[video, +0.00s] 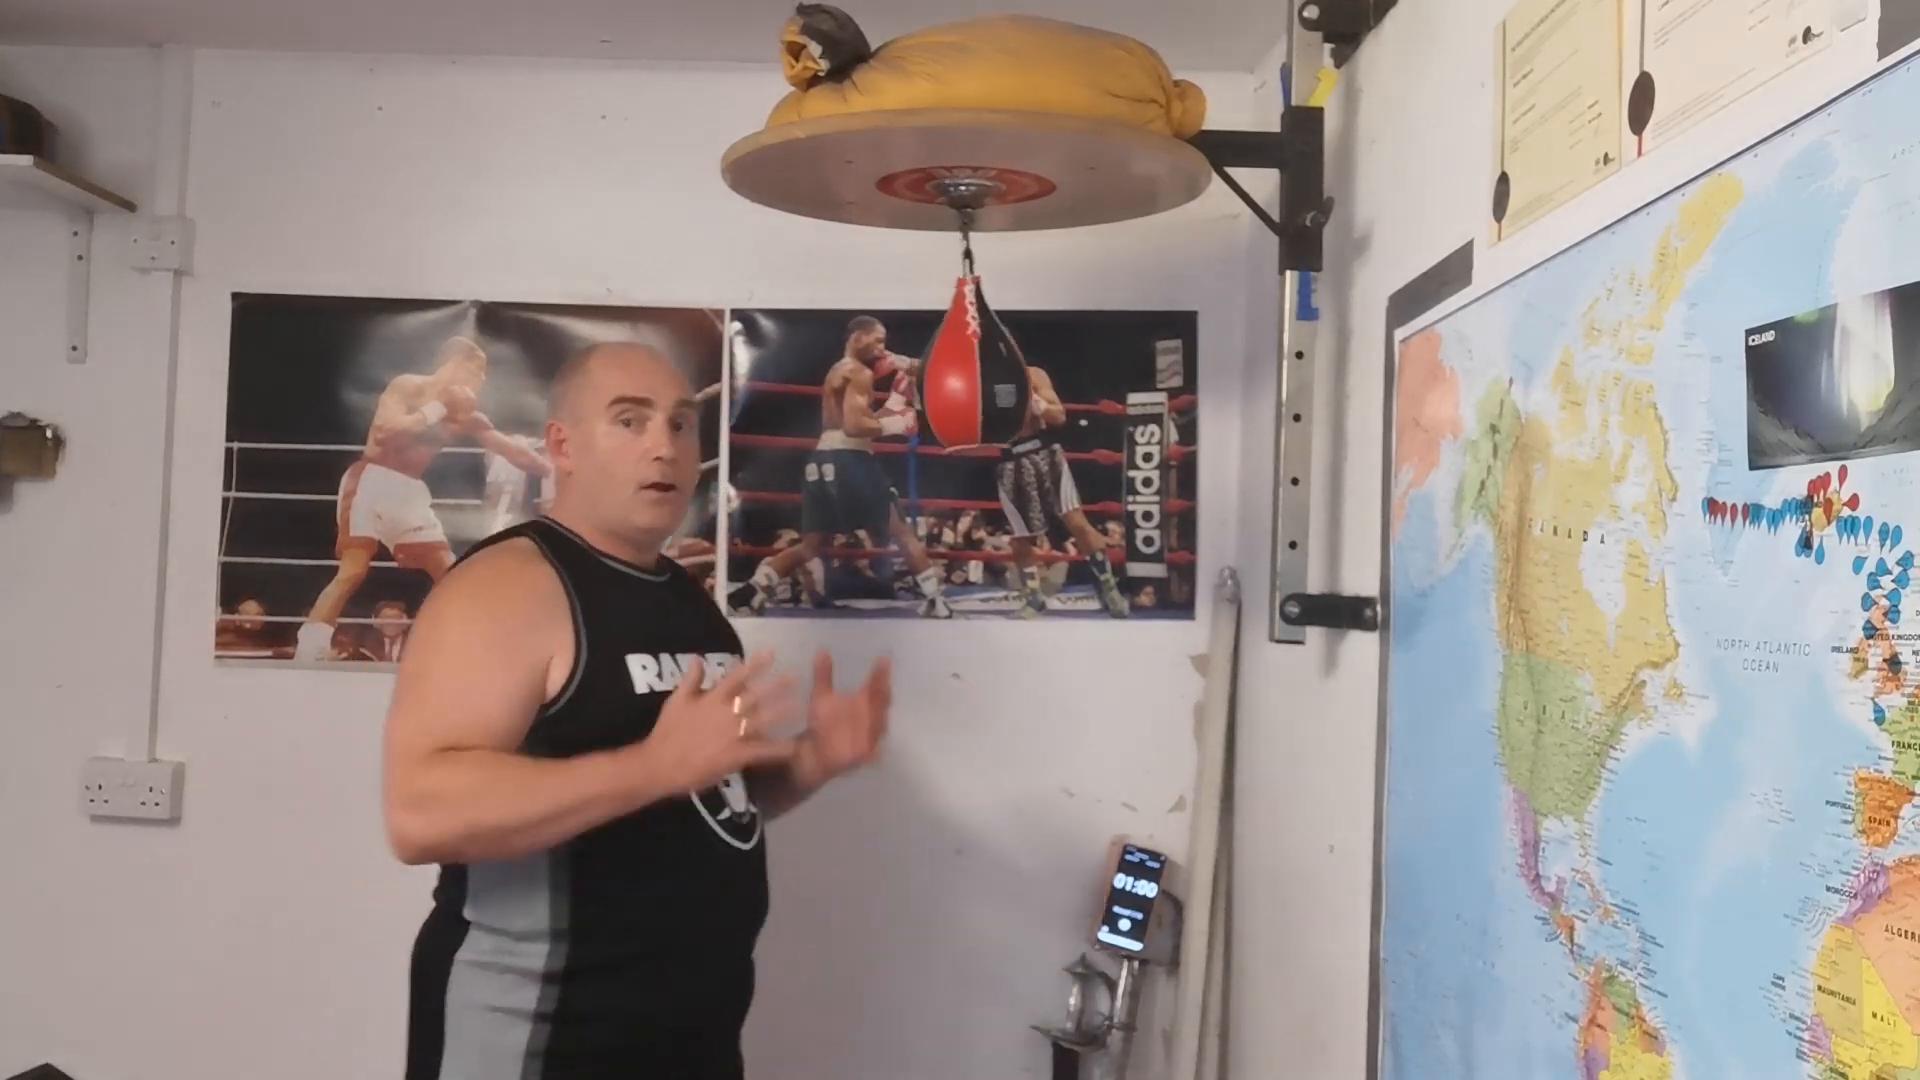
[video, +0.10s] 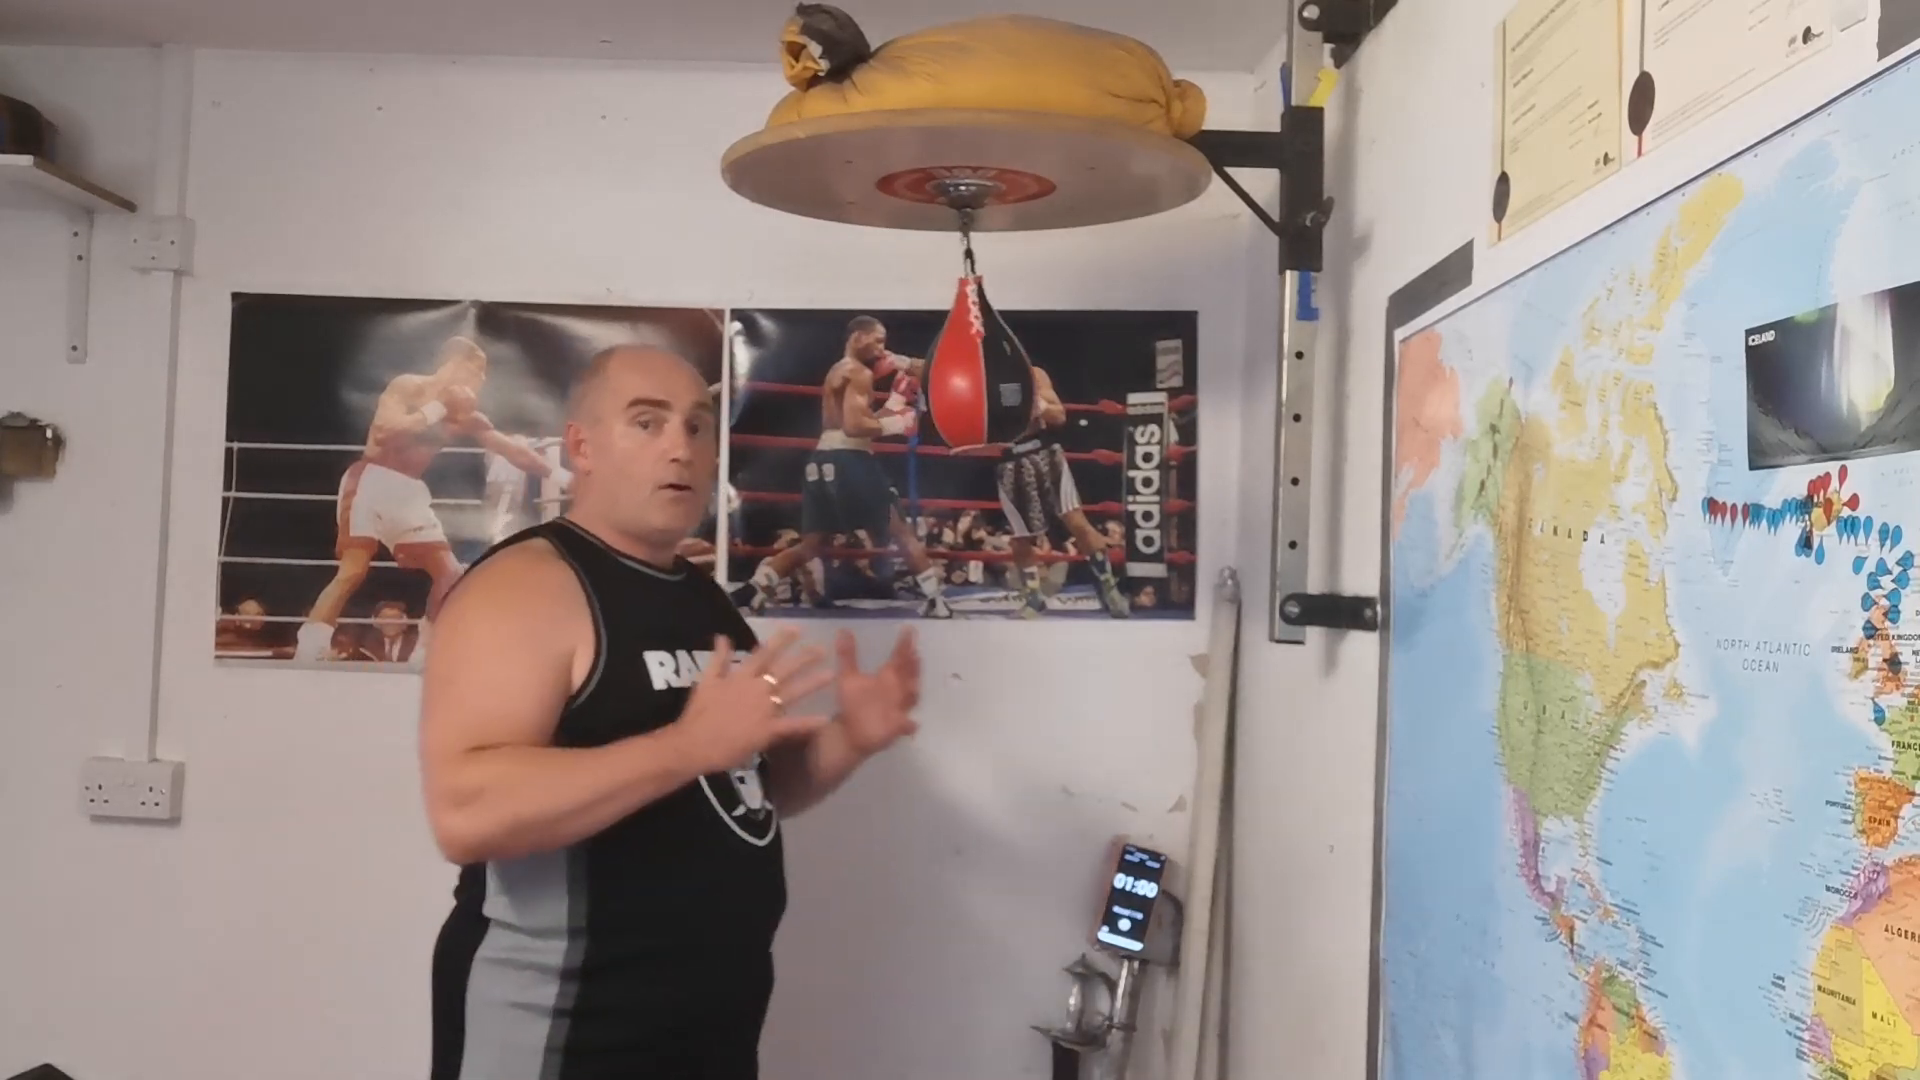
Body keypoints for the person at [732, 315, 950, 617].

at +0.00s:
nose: (881, 348)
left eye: (882, 342)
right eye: (877, 342)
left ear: (854, 341)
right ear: (858, 339)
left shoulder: (834, 372)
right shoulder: (860, 372)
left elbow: (846, 420)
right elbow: (854, 424)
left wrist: (886, 410)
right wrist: (896, 424)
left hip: (820, 463)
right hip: (853, 464)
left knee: (811, 544)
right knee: (902, 531)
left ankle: (753, 589)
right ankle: (935, 598)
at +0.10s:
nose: (881, 349)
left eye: (882, 343)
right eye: (877, 342)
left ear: (854, 341)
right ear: (858, 338)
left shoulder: (834, 373)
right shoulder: (859, 373)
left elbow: (847, 423)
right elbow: (855, 425)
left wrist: (886, 411)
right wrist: (893, 424)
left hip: (821, 463)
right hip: (852, 464)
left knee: (812, 544)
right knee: (901, 530)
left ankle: (752, 590)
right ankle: (936, 598)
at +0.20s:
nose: (881, 349)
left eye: (883, 343)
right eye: (877, 342)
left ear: (855, 340)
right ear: (858, 338)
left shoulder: (834, 373)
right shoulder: (859, 373)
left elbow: (848, 423)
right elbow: (855, 425)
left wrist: (886, 411)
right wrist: (894, 423)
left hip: (820, 463)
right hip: (852, 463)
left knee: (812, 544)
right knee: (901, 531)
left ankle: (752, 590)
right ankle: (936, 598)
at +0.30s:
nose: (881, 350)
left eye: (883, 343)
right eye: (877, 342)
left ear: (855, 341)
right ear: (856, 338)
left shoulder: (834, 373)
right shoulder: (859, 373)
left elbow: (842, 421)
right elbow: (854, 425)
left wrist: (884, 411)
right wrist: (889, 424)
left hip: (820, 463)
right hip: (852, 463)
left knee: (813, 543)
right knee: (903, 531)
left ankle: (752, 590)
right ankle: (935, 599)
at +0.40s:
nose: (881, 349)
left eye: (882, 343)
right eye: (877, 342)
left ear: (855, 341)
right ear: (856, 338)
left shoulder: (834, 372)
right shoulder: (858, 373)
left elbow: (837, 420)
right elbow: (854, 425)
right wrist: (885, 424)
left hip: (820, 462)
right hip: (852, 462)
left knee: (814, 542)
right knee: (903, 530)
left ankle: (753, 589)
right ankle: (935, 599)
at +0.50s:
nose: (881, 349)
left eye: (882, 343)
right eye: (877, 342)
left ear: (853, 340)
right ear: (856, 338)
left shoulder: (834, 372)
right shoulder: (858, 373)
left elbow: (837, 419)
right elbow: (854, 425)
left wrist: (878, 375)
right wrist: (884, 425)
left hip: (820, 462)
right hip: (852, 462)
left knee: (814, 542)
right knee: (903, 530)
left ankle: (753, 588)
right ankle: (936, 599)